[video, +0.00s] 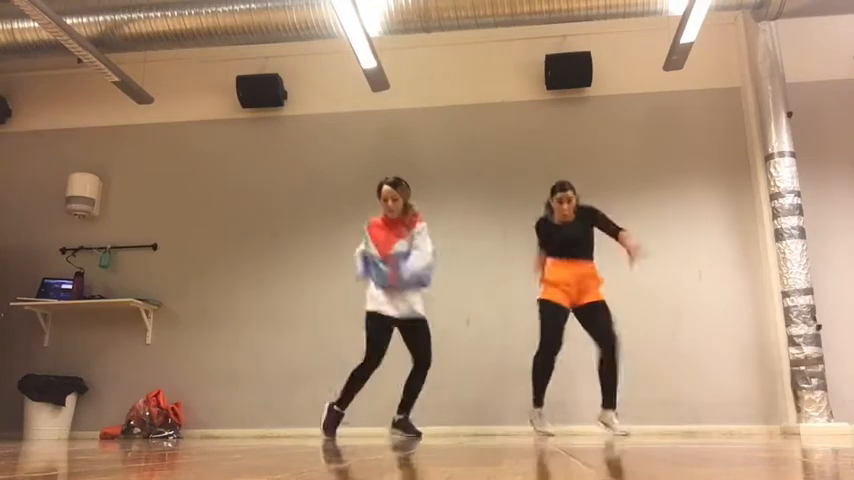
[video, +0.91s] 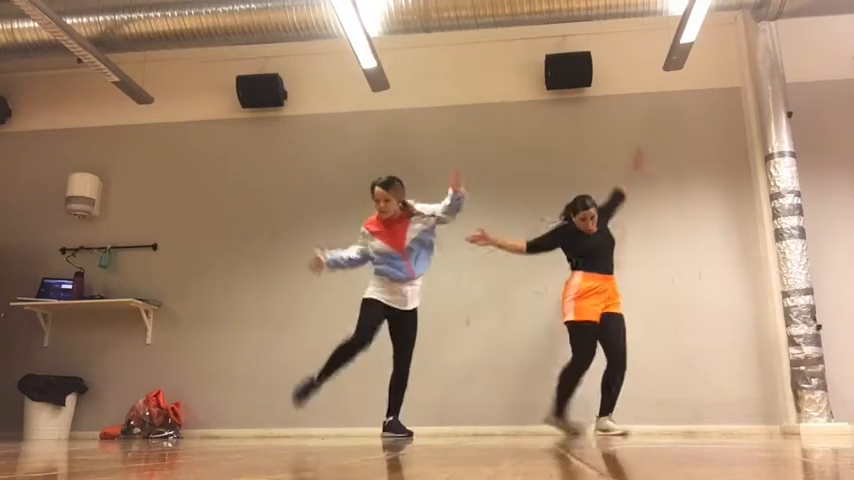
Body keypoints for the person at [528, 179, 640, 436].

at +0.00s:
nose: (565, 206)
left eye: (569, 201)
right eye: (560, 201)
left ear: (575, 200)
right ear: (552, 203)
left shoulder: (589, 215)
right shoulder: (544, 225)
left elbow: (616, 231)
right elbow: (543, 251)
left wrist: (630, 246)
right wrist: (540, 271)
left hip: (587, 289)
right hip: (555, 289)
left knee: (609, 342)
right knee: (549, 347)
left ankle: (608, 411)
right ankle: (537, 410)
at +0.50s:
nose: (573, 225)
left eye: (577, 219)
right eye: (568, 220)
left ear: (586, 219)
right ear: (561, 221)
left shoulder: (599, 233)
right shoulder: (556, 239)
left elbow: (630, 247)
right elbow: (537, 269)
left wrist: (656, 253)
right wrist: (533, 252)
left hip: (594, 302)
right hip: (562, 301)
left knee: (603, 356)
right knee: (557, 335)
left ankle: (599, 418)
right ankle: (558, 385)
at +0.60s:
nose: (572, 226)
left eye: (576, 221)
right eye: (568, 222)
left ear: (585, 221)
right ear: (562, 223)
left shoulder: (599, 239)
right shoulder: (557, 241)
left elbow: (634, 259)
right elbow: (543, 242)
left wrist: (671, 273)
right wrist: (572, 222)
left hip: (598, 305)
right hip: (569, 308)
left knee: (596, 358)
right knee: (558, 360)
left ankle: (601, 417)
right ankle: (609, 374)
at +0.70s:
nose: (588, 226)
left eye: (591, 220)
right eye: (582, 221)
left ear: (596, 219)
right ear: (572, 221)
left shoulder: (600, 241)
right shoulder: (565, 237)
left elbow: (624, 248)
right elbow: (561, 222)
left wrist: (652, 246)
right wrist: (567, 209)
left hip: (596, 302)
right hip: (569, 309)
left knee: (589, 359)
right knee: (586, 371)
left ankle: (598, 418)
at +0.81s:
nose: (593, 225)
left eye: (595, 219)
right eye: (587, 221)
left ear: (599, 216)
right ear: (576, 220)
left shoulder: (604, 231)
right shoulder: (566, 231)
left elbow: (625, 225)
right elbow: (540, 227)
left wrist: (645, 212)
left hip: (604, 299)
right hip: (575, 303)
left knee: (604, 355)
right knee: (586, 364)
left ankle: (603, 417)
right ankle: (606, 413)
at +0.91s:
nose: (590, 224)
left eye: (592, 219)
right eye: (584, 221)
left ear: (597, 214)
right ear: (573, 219)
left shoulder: (601, 219)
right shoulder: (566, 233)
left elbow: (616, 200)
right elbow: (527, 247)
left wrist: (633, 174)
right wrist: (492, 241)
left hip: (608, 299)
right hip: (580, 300)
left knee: (618, 360)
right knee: (583, 358)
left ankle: (604, 418)